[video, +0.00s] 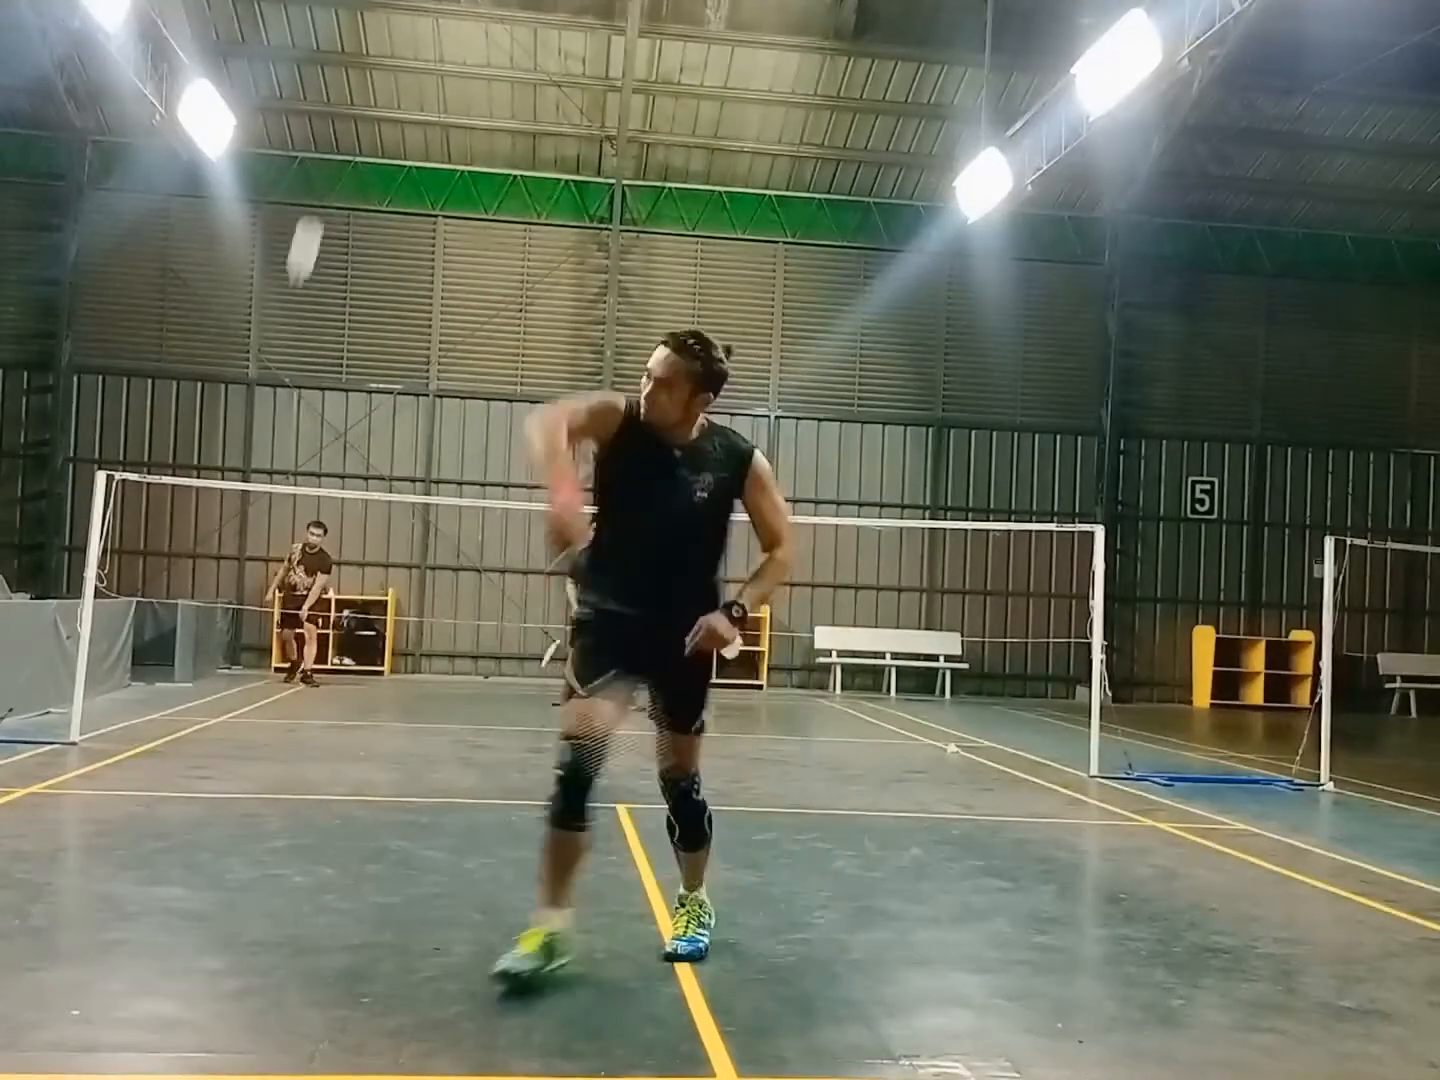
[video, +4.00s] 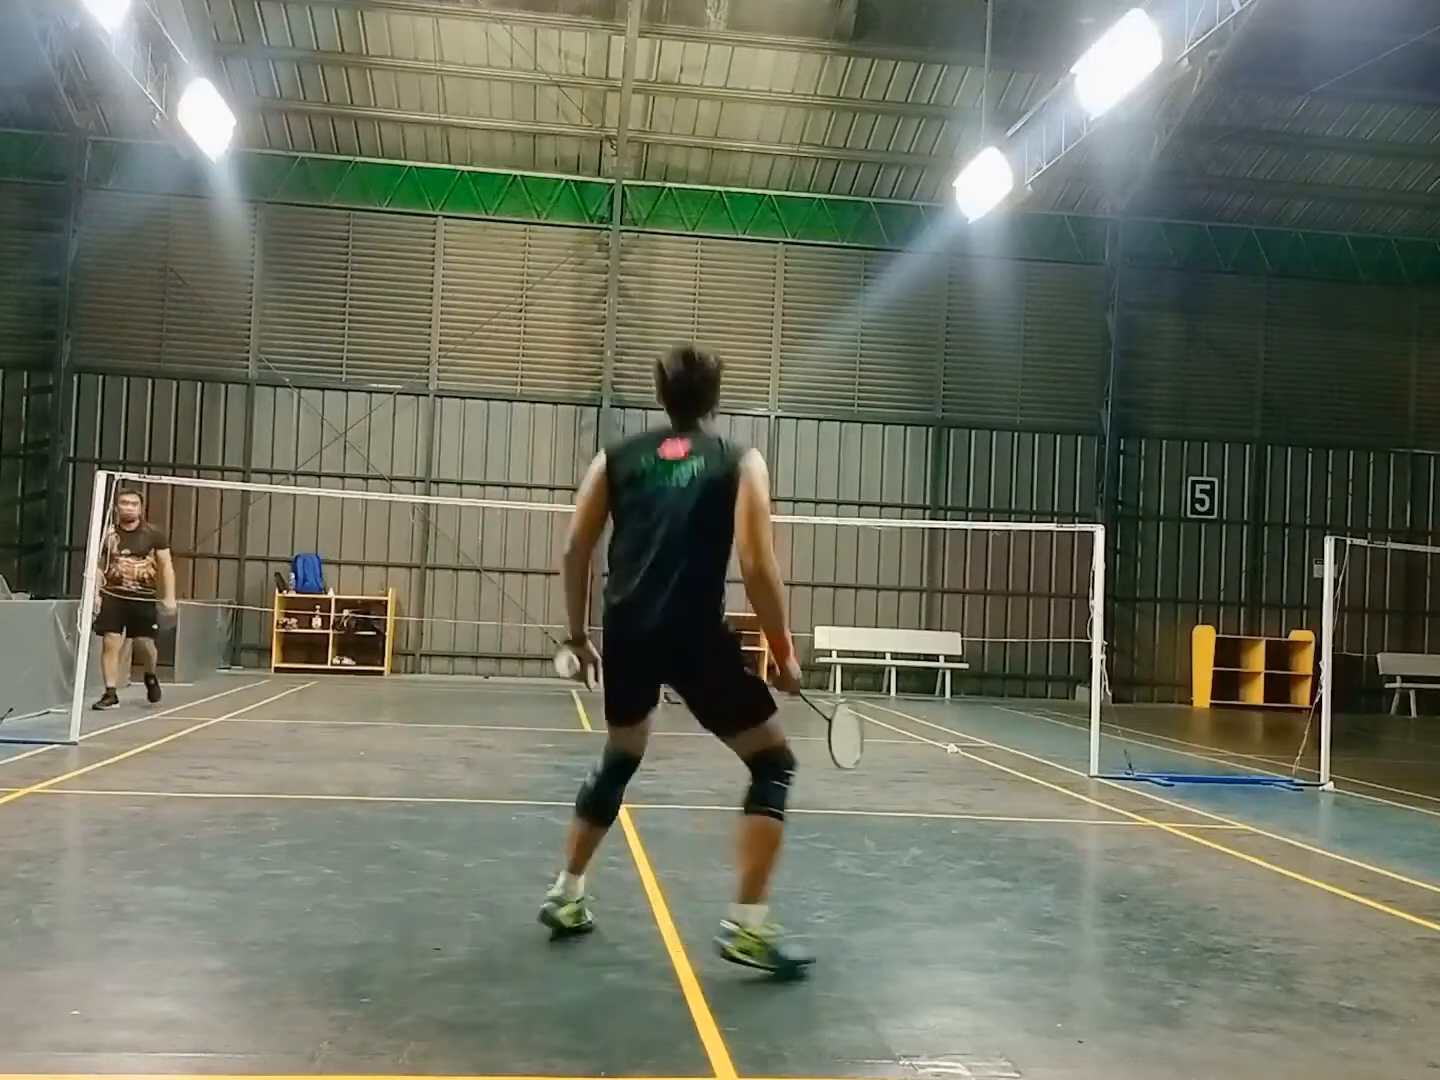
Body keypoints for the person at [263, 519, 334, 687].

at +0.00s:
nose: (313, 538)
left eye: (318, 536)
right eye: (312, 534)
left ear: (323, 538)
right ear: (306, 533)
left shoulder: (325, 560)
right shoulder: (295, 550)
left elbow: (318, 586)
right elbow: (283, 570)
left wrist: (306, 607)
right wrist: (271, 591)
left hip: (312, 598)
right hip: (292, 597)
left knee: (310, 634)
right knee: (286, 635)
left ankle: (307, 671)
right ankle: (294, 662)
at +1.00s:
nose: (269, 531)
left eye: (274, 528)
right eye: (266, 527)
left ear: (279, 530)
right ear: (261, 529)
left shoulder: (284, 552)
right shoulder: (258, 547)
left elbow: (278, 581)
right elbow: (250, 569)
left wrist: (268, 602)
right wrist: (255, 581)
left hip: (278, 593)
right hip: (263, 591)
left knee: (272, 632)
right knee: (261, 634)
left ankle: (272, 674)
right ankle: (269, 671)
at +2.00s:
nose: (216, 531)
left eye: (220, 528)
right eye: (213, 526)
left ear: (225, 530)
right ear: (205, 526)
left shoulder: (227, 553)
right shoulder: (197, 545)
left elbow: (220, 583)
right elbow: (191, 569)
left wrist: (210, 606)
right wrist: (184, 592)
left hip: (219, 598)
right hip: (200, 596)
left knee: (212, 637)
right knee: (204, 639)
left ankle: (206, 676)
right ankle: (213, 672)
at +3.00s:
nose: (184, 516)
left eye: (186, 513)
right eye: (180, 512)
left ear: (188, 516)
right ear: (166, 514)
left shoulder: (193, 542)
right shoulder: (151, 537)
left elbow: (204, 570)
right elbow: (136, 563)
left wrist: (210, 598)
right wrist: (133, 591)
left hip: (184, 595)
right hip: (156, 594)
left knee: (189, 635)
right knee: (157, 638)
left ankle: (187, 670)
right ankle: (159, 682)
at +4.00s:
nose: (129, 508)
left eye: (134, 504)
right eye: (124, 503)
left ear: (141, 507)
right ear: (117, 507)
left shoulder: (154, 535)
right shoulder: (107, 534)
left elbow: (166, 567)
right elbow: (98, 566)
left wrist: (169, 598)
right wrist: (94, 593)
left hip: (144, 599)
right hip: (113, 597)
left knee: (146, 644)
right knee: (110, 643)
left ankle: (150, 677)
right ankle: (110, 692)